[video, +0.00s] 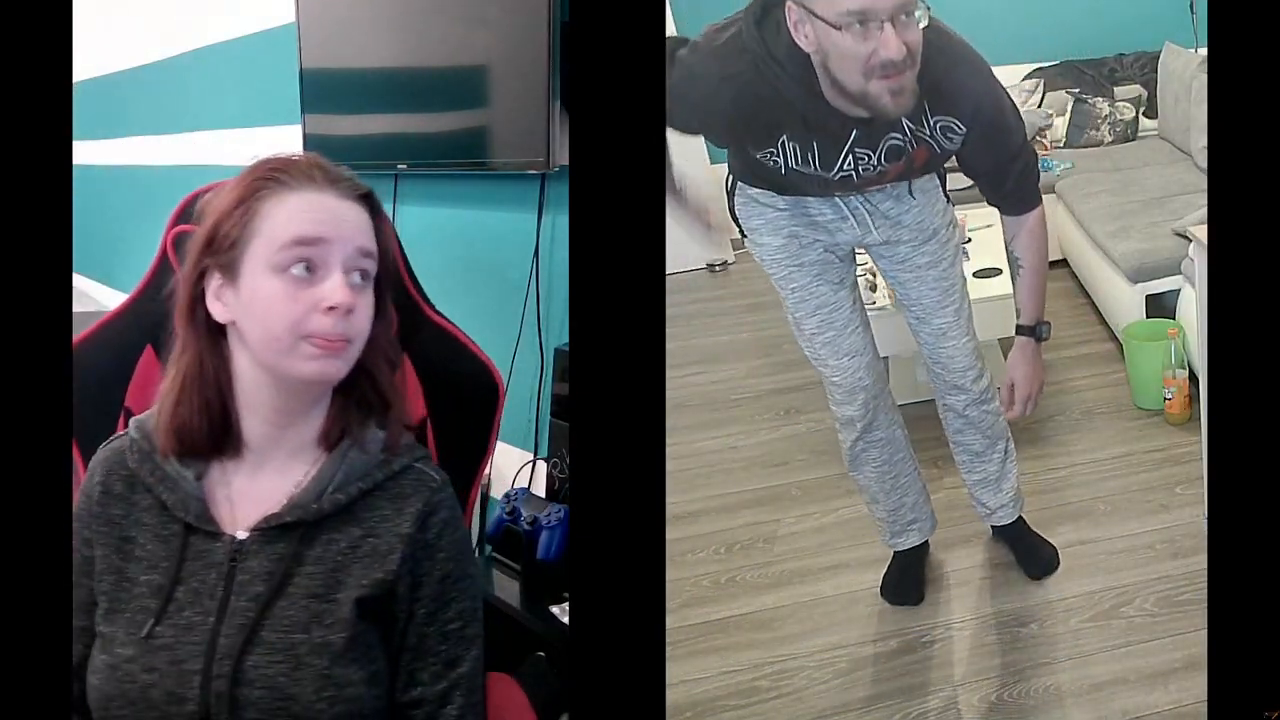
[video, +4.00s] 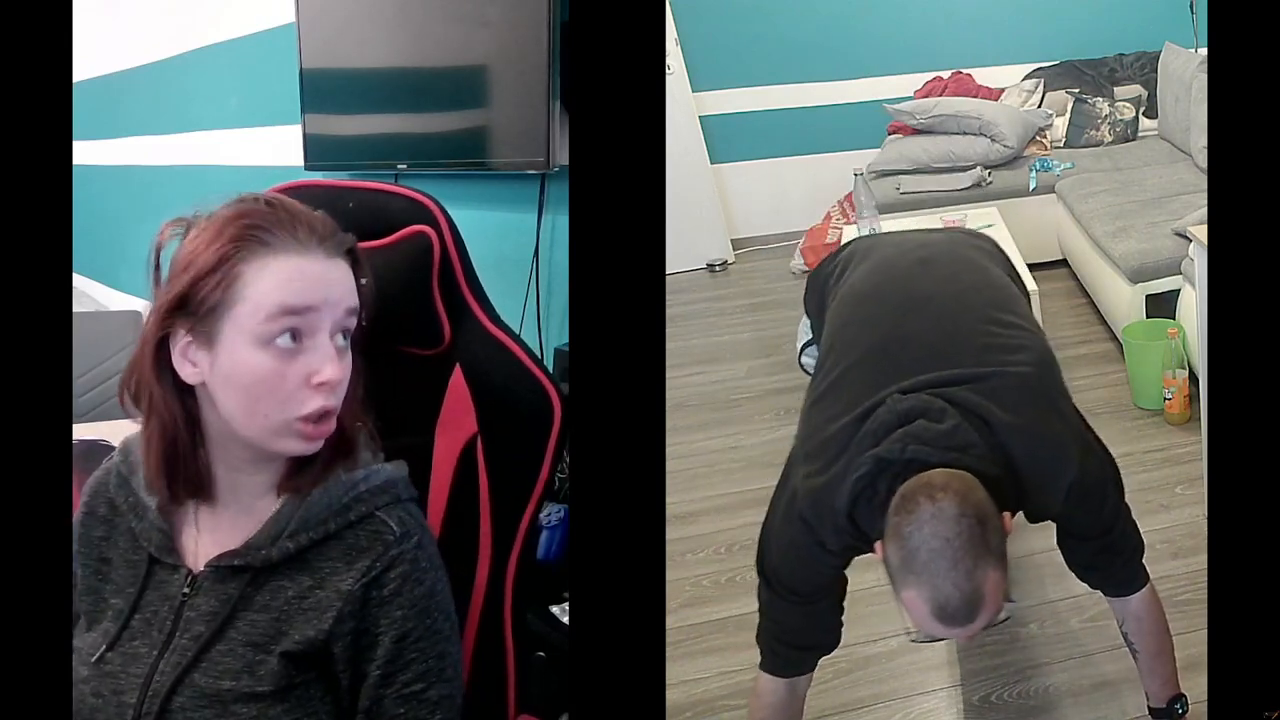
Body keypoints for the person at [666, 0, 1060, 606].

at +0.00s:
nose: (895, 48)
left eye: (906, 17)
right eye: (861, 25)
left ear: (922, 10)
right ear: (802, 27)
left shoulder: (961, 81)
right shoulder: (727, 76)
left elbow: (1022, 202)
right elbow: (668, 100)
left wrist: (1030, 335)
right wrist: (679, 192)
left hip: (909, 189)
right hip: (785, 203)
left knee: (959, 363)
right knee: (854, 386)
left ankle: (1004, 511)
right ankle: (908, 535)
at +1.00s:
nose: (899, 114)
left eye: (911, 80)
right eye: (865, 91)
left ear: (925, 57)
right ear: (813, 84)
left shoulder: (973, 115)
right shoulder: (749, 99)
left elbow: (1045, 241)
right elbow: (682, 13)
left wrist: (1055, 379)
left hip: (936, 197)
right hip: (807, 201)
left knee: (973, 368)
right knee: (864, 388)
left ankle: (1004, 513)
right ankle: (909, 537)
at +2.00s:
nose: (964, 167)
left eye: (984, 140)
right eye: (941, 144)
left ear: (999, 103)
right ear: (893, 114)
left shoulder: (1039, 143)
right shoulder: (825, 103)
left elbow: (1092, 269)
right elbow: (758, 4)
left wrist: (1095, 397)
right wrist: (856, 31)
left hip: (992, 191)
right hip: (871, 177)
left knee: (1002, 356)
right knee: (914, 362)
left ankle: (1010, 514)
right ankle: (925, 532)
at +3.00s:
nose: (892, 465)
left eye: (905, 448)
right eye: (868, 458)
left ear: (925, 361)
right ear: (811, 381)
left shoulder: (990, 321)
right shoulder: (754, 334)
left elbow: (1100, 440)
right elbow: (726, 398)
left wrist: (1117, 587)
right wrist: (781, 513)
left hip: (920, 129)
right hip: (805, 142)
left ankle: (947, 397)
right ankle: (951, 553)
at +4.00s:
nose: (968, 643)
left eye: (986, 625)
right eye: (938, 639)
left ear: (1005, 526)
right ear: (881, 556)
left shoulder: (1064, 465)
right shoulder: (807, 522)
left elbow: (1131, 593)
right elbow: (782, 680)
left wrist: (1169, 707)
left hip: (978, 252)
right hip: (851, 266)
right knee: (829, 356)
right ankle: (816, 336)